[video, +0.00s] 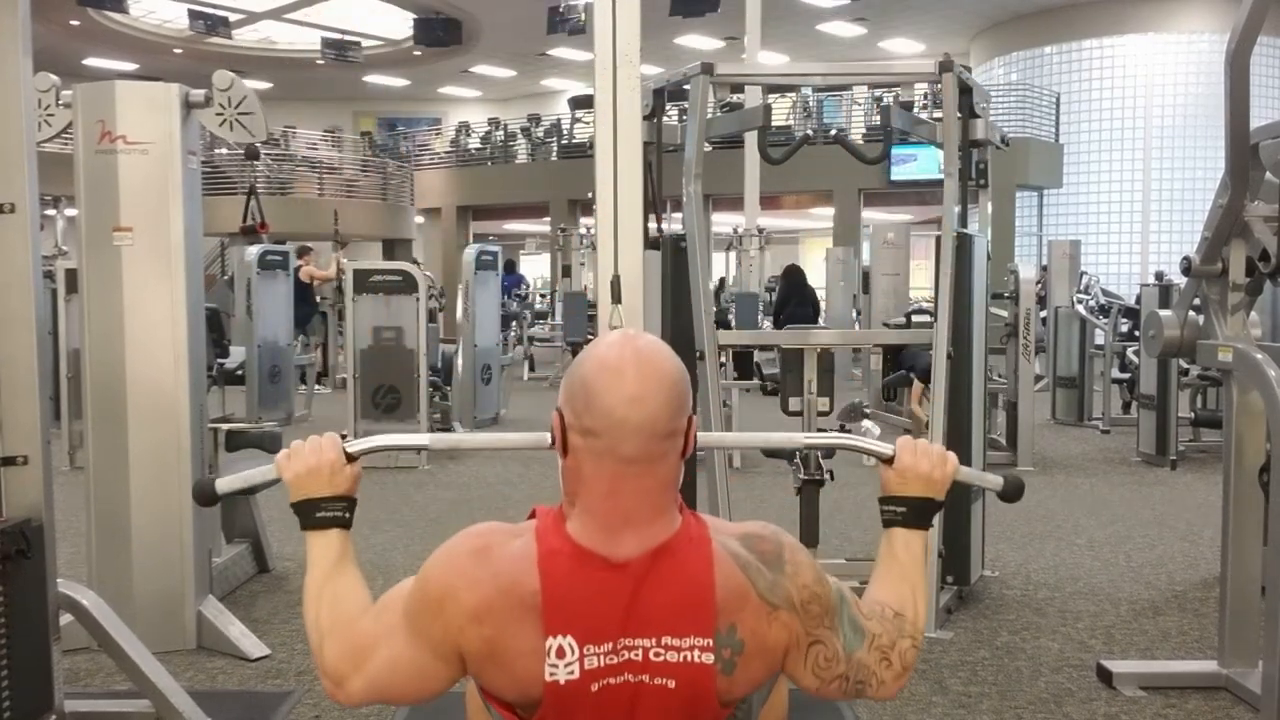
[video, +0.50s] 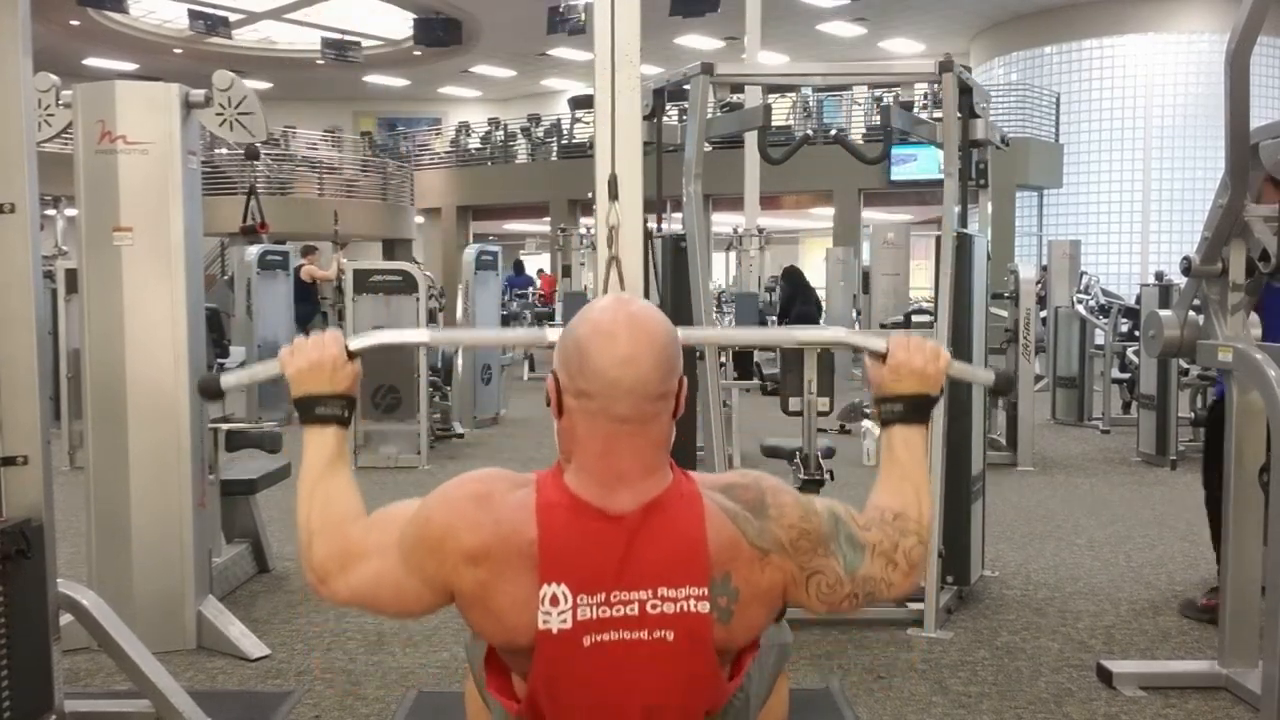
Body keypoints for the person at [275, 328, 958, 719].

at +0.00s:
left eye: (562, 407)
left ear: (561, 435)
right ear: (688, 440)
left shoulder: (480, 574)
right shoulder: (761, 571)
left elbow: (349, 671)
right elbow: (879, 668)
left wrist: (323, 516)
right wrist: (912, 511)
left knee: (484, 665)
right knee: (773, 648)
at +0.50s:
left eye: (557, 369)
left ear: (555, 395)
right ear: (679, 397)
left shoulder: (479, 519)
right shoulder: (753, 519)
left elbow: (335, 565)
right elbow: (896, 561)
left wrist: (321, 412)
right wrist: (907, 413)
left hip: (532, 712)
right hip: (698, 710)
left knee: (484, 650)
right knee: (799, 674)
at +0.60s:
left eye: (559, 362)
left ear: (557, 383)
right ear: (679, 384)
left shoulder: (479, 502)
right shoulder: (754, 501)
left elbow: (333, 532)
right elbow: (897, 527)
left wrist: (323, 378)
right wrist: (909, 375)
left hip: (534, 707)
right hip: (707, 706)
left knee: (484, 628)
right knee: (772, 638)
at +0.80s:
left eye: (561, 332)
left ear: (558, 354)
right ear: (677, 355)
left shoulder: (486, 460)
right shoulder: (748, 459)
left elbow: (332, 450)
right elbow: (897, 438)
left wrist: (326, 302)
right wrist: (907, 298)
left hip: (547, 701)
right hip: (700, 699)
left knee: (488, 605)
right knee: (769, 638)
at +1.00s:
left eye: (560, 303)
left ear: (559, 325)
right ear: (674, 325)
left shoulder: (490, 417)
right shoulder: (749, 416)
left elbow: (340, 375)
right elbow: (888, 364)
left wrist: (329, 224)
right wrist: (902, 216)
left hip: (546, 695)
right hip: (708, 692)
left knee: (484, 662)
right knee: (771, 648)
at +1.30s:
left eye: (566, 277)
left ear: (566, 299)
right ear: (673, 297)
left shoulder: (506, 370)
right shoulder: (737, 372)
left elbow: (373, 283)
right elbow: (860, 280)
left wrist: (343, 133)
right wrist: (890, 133)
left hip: (553, 690)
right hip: (700, 688)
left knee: (488, 658)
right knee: (767, 650)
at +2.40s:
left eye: (566, 311)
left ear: (569, 331)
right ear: (684, 330)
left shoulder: (503, 411)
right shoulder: (754, 411)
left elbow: (360, 351)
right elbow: (888, 355)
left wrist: (333, 199)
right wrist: (908, 207)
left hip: (552, 691)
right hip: (710, 688)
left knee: (486, 660)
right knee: (770, 642)